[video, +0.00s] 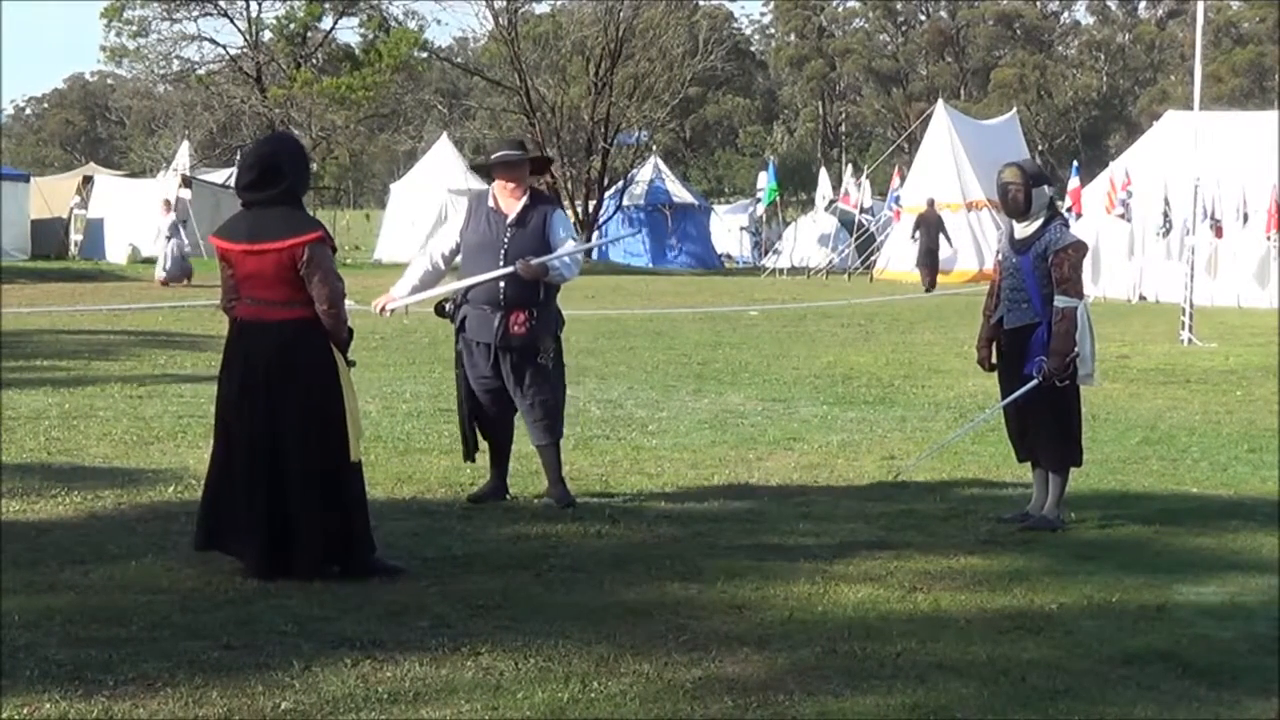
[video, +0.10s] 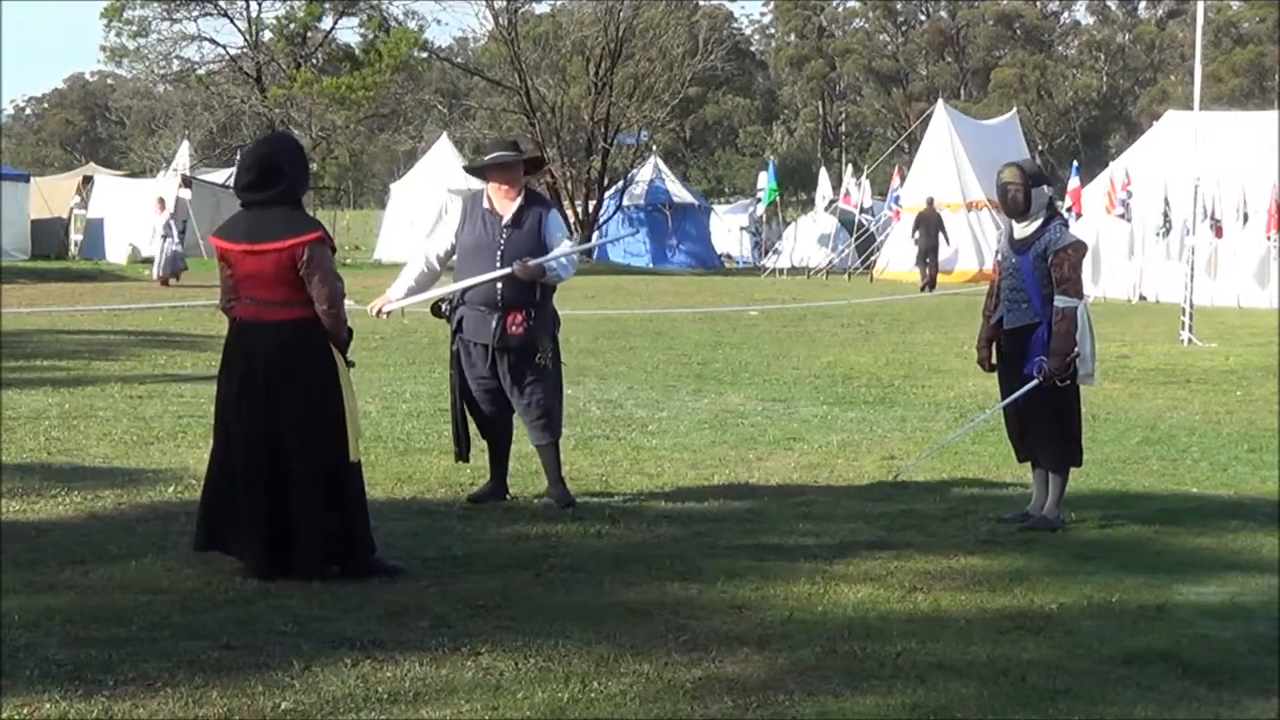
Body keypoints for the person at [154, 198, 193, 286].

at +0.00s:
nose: (163, 209)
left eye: (165, 206)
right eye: (162, 206)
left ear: (169, 207)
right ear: (161, 207)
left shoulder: (173, 217)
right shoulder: (161, 219)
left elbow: (180, 230)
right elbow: (159, 230)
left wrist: (186, 241)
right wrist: (155, 240)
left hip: (174, 241)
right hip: (165, 241)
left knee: (170, 259)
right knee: (163, 258)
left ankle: (165, 277)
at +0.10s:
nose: (158, 207)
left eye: (159, 204)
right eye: (157, 205)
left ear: (163, 205)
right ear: (155, 206)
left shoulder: (168, 215)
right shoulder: (156, 217)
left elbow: (174, 228)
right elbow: (153, 230)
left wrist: (177, 240)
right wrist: (150, 240)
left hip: (167, 240)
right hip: (159, 239)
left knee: (165, 258)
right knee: (159, 258)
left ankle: (164, 278)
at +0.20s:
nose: (147, 206)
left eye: (149, 204)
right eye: (147, 204)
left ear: (153, 204)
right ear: (148, 205)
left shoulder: (159, 213)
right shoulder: (151, 214)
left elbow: (162, 225)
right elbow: (152, 227)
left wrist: (161, 236)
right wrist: (151, 237)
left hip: (160, 238)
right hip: (153, 238)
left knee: (160, 257)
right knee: (149, 255)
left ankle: (164, 277)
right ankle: (150, 273)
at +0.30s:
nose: (141, 208)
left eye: (142, 206)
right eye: (141, 206)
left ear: (147, 205)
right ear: (143, 206)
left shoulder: (153, 214)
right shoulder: (145, 216)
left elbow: (156, 227)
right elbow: (143, 229)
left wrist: (151, 236)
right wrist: (141, 238)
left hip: (154, 240)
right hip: (146, 240)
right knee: (144, 258)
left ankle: (165, 279)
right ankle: (143, 279)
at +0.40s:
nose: (132, 209)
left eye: (133, 207)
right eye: (131, 207)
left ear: (138, 206)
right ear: (131, 207)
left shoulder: (144, 216)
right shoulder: (135, 217)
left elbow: (146, 229)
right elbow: (135, 230)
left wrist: (139, 237)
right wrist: (133, 238)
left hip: (145, 241)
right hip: (137, 240)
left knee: (155, 258)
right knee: (131, 257)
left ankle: (163, 276)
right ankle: (128, 277)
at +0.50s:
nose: (126, 208)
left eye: (127, 206)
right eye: (125, 206)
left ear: (130, 205)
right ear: (126, 206)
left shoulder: (136, 215)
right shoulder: (130, 216)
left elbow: (140, 229)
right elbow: (132, 229)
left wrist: (134, 238)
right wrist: (130, 237)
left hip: (138, 241)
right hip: (132, 241)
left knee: (147, 259)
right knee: (129, 259)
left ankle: (157, 273)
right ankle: (128, 278)